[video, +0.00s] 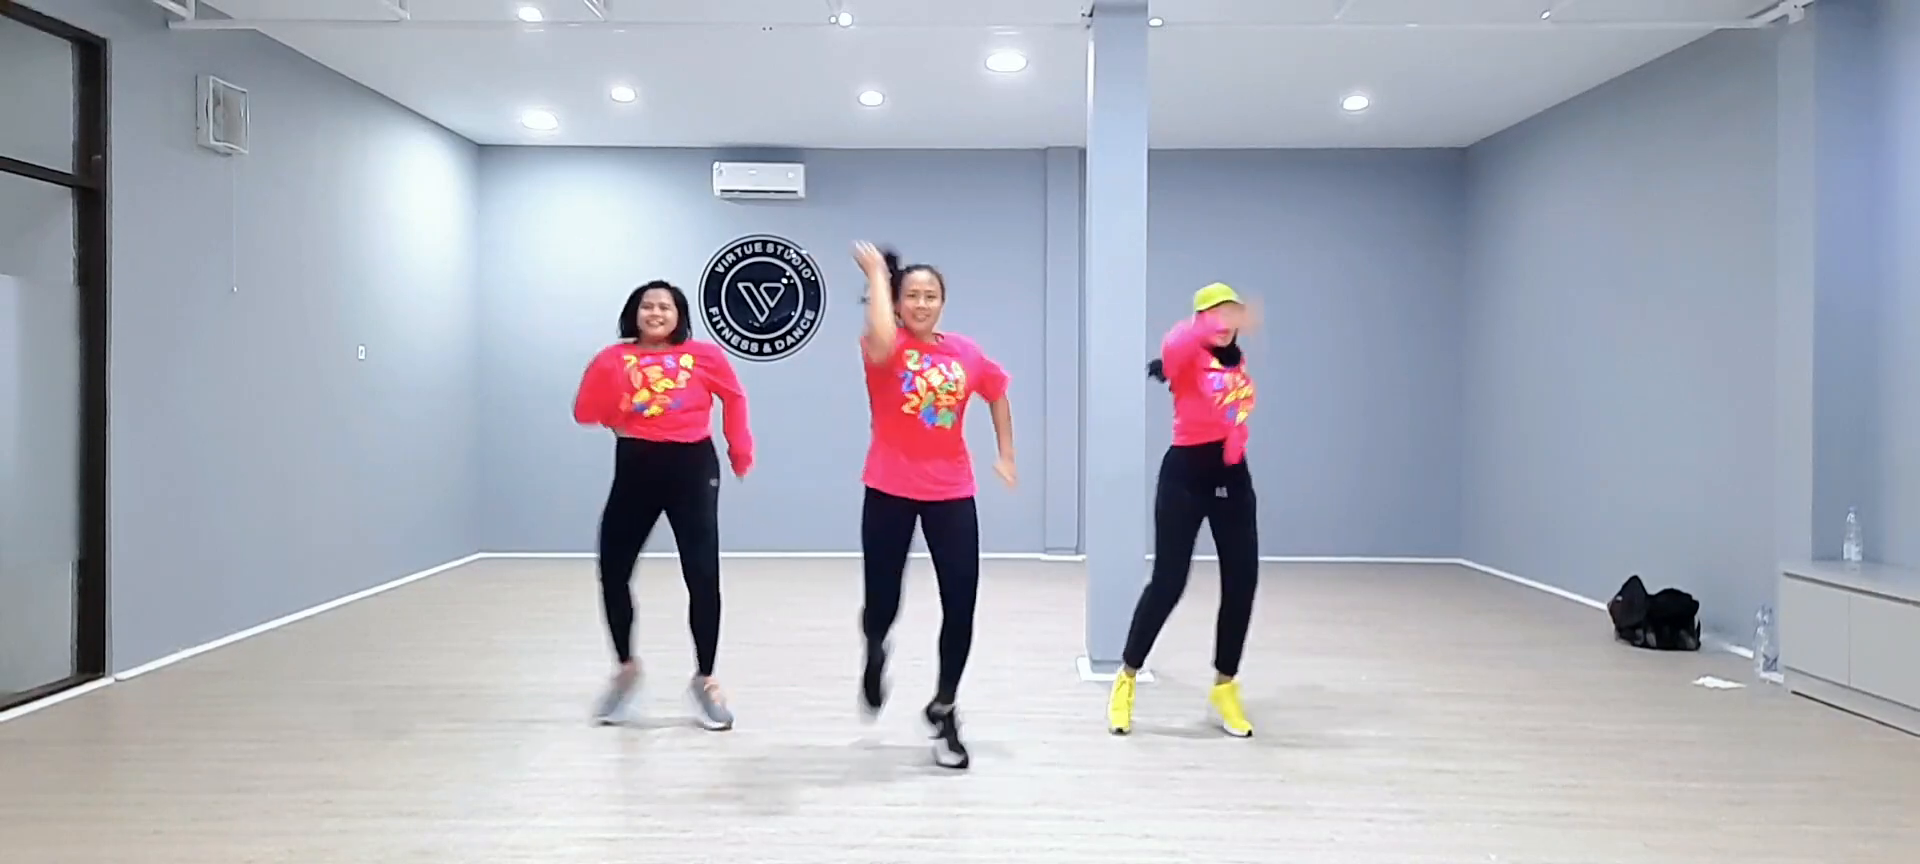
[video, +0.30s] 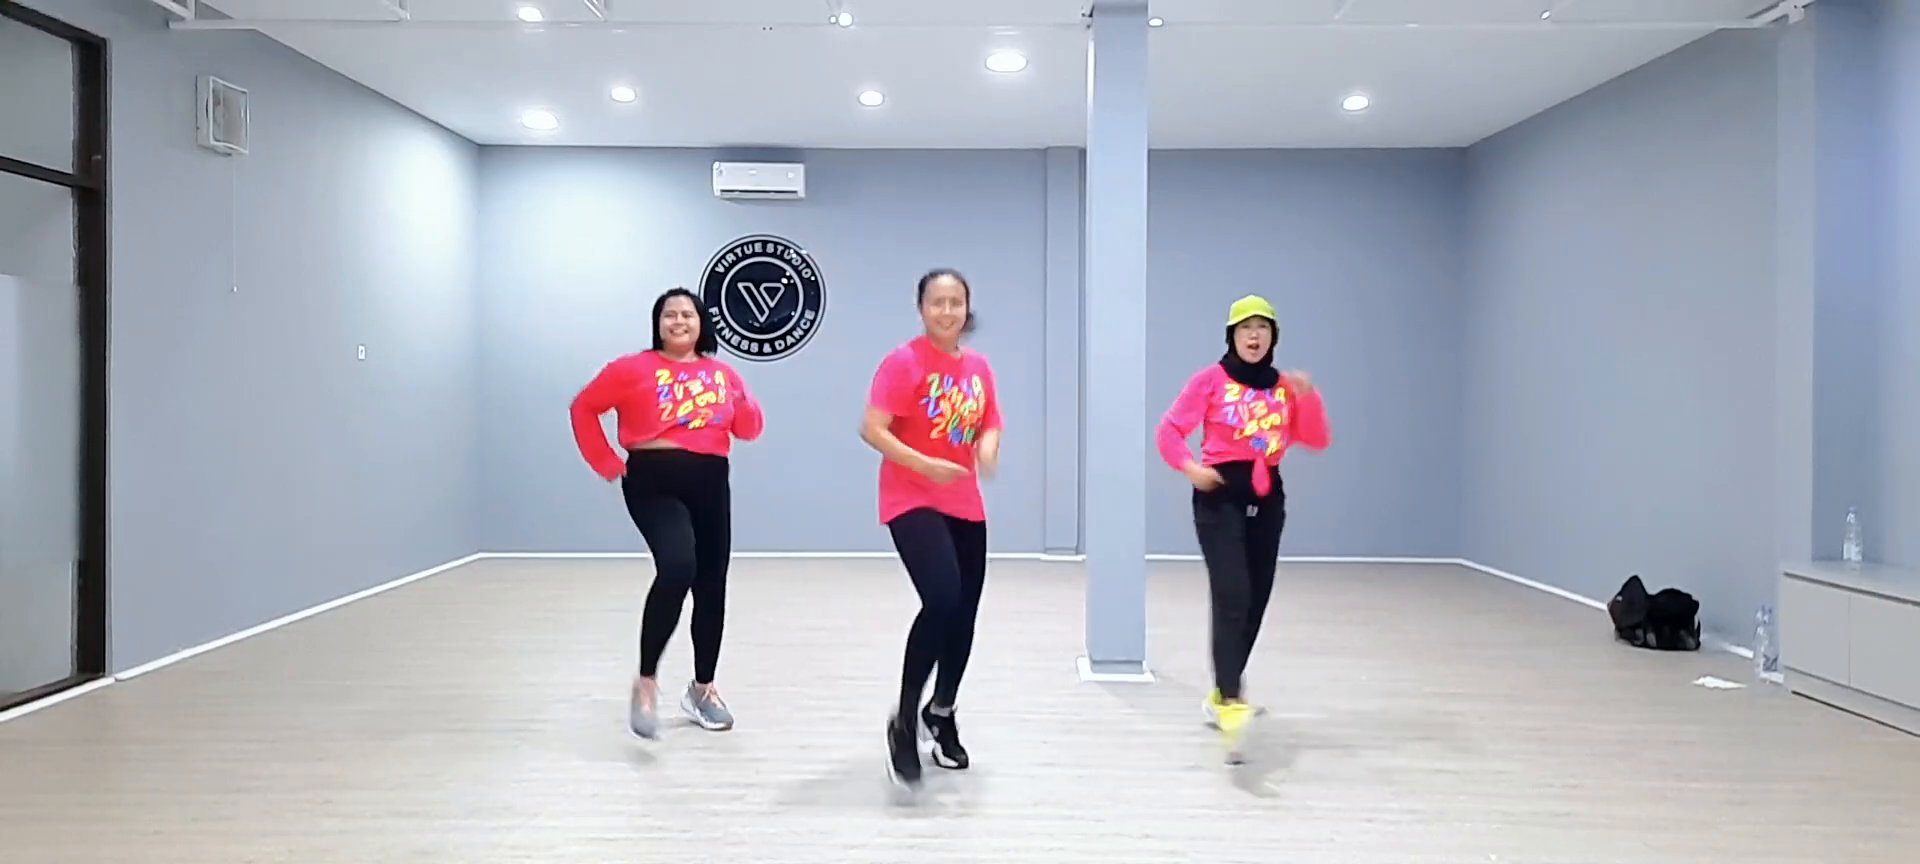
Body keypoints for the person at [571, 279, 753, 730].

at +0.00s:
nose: (655, 312)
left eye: (664, 307)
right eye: (647, 306)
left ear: (679, 317)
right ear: (633, 316)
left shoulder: (704, 355)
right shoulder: (616, 359)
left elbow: (734, 397)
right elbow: (585, 414)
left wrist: (741, 451)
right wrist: (605, 370)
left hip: (693, 470)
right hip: (636, 471)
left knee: (703, 575)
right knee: (613, 571)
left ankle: (705, 679)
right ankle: (626, 667)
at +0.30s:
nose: (679, 320)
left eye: (687, 314)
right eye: (671, 315)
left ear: (700, 324)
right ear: (657, 325)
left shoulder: (721, 373)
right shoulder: (632, 368)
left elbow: (752, 428)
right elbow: (582, 408)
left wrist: (731, 402)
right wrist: (610, 464)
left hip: (709, 481)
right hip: (651, 477)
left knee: (711, 584)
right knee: (678, 569)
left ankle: (704, 687)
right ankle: (646, 682)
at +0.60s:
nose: (673, 328)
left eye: (678, 322)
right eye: (662, 322)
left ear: (685, 337)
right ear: (640, 334)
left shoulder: (684, 386)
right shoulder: (631, 384)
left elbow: (691, 445)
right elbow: (623, 445)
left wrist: (703, 488)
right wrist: (690, 430)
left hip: (672, 499)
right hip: (637, 498)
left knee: (715, 589)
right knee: (671, 604)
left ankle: (676, 706)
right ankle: (637, 740)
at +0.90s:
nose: (666, 323)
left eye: (663, 316)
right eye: (663, 316)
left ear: (610, 317)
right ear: (656, 317)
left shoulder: (589, 356)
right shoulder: (666, 355)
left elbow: (550, 403)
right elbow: (709, 417)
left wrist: (572, 456)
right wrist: (671, 402)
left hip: (592, 471)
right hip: (647, 468)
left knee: (618, 586)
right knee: (659, 591)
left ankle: (614, 717)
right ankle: (645, 721)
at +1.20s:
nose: (578, 318)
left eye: (583, 310)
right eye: (580, 309)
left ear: (597, 314)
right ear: (629, 316)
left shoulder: (581, 355)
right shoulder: (655, 362)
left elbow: (560, 411)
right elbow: (694, 408)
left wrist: (529, 404)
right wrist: (681, 460)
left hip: (591, 475)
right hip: (646, 473)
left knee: (593, 587)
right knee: (603, 563)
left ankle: (607, 711)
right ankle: (621, 670)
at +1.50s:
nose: (592, 327)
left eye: (602, 320)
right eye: (585, 320)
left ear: (620, 328)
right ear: (576, 329)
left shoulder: (633, 375)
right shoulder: (576, 377)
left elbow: (638, 444)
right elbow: (566, 430)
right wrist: (532, 453)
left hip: (625, 487)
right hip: (577, 490)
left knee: (610, 584)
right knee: (569, 587)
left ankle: (641, 686)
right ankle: (580, 692)